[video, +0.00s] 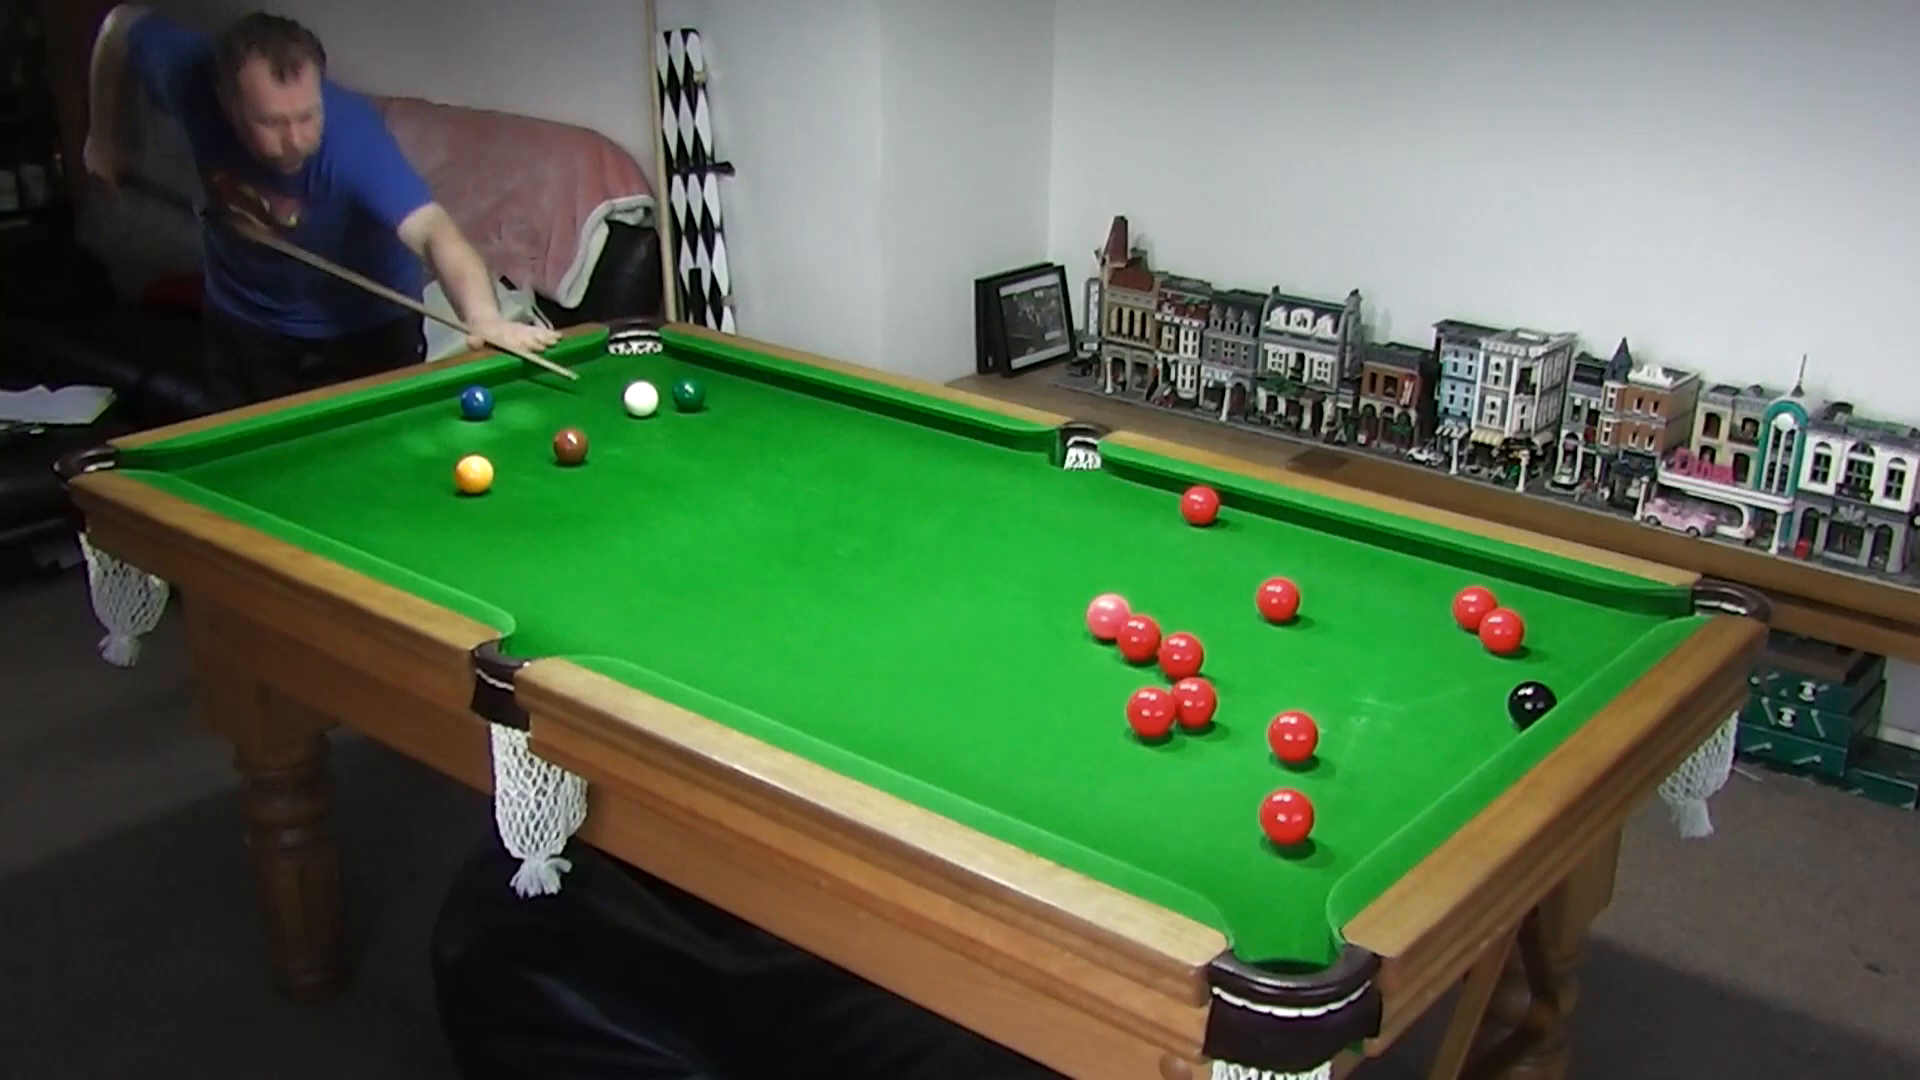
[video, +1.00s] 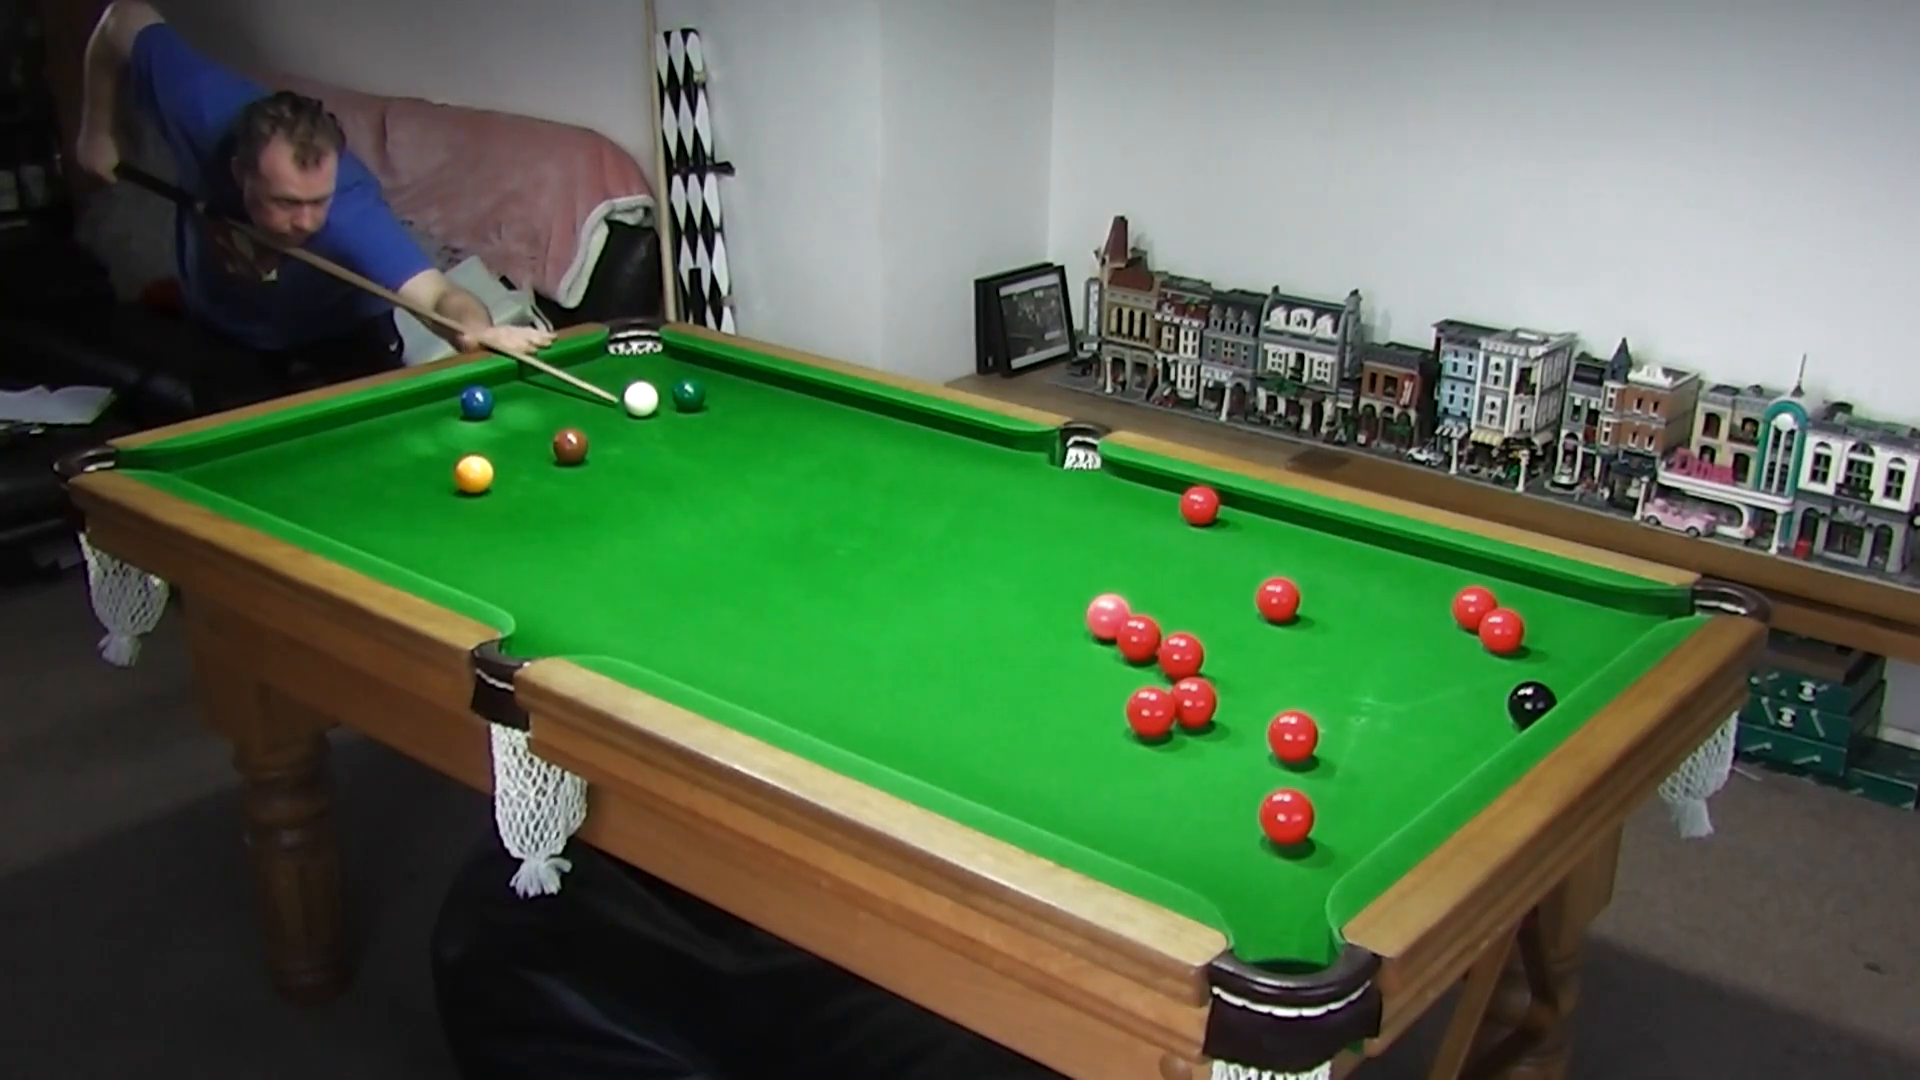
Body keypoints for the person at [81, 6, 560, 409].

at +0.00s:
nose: (292, 140)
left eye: (306, 118)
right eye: (271, 123)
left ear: (322, 95)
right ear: (231, 106)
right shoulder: (199, 80)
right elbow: (120, 27)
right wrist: (106, 137)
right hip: (247, 325)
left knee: (372, 496)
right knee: (245, 488)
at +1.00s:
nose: (308, 221)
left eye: (321, 203)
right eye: (288, 204)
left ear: (336, 176)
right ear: (243, 175)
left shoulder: (352, 207)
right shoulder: (208, 114)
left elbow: (434, 295)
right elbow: (122, 18)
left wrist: (482, 332)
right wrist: (96, 130)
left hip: (342, 331)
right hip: (228, 323)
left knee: (367, 471)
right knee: (236, 467)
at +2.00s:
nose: (312, 225)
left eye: (325, 204)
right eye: (291, 206)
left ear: (340, 180)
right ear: (246, 179)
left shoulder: (356, 207)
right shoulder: (211, 119)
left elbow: (436, 300)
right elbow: (126, 22)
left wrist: (484, 333)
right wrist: (107, 141)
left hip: (343, 325)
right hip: (229, 318)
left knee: (363, 463)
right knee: (236, 459)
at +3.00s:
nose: (312, 226)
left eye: (325, 206)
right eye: (292, 207)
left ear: (340, 183)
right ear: (246, 177)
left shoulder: (359, 212)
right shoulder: (209, 121)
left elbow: (439, 301)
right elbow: (125, 20)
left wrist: (482, 331)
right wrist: (103, 139)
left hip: (342, 325)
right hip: (229, 314)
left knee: (362, 459)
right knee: (239, 457)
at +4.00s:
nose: (306, 221)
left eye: (322, 203)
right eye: (287, 204)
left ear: (339, 179)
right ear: (243, 171)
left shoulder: (358, 209)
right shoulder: (199, 127)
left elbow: (439, 301)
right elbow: (108, 50)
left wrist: (480, 328)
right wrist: (51, 109)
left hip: (344, 325)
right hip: (225, 319)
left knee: (381, 453)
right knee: (243, 463)